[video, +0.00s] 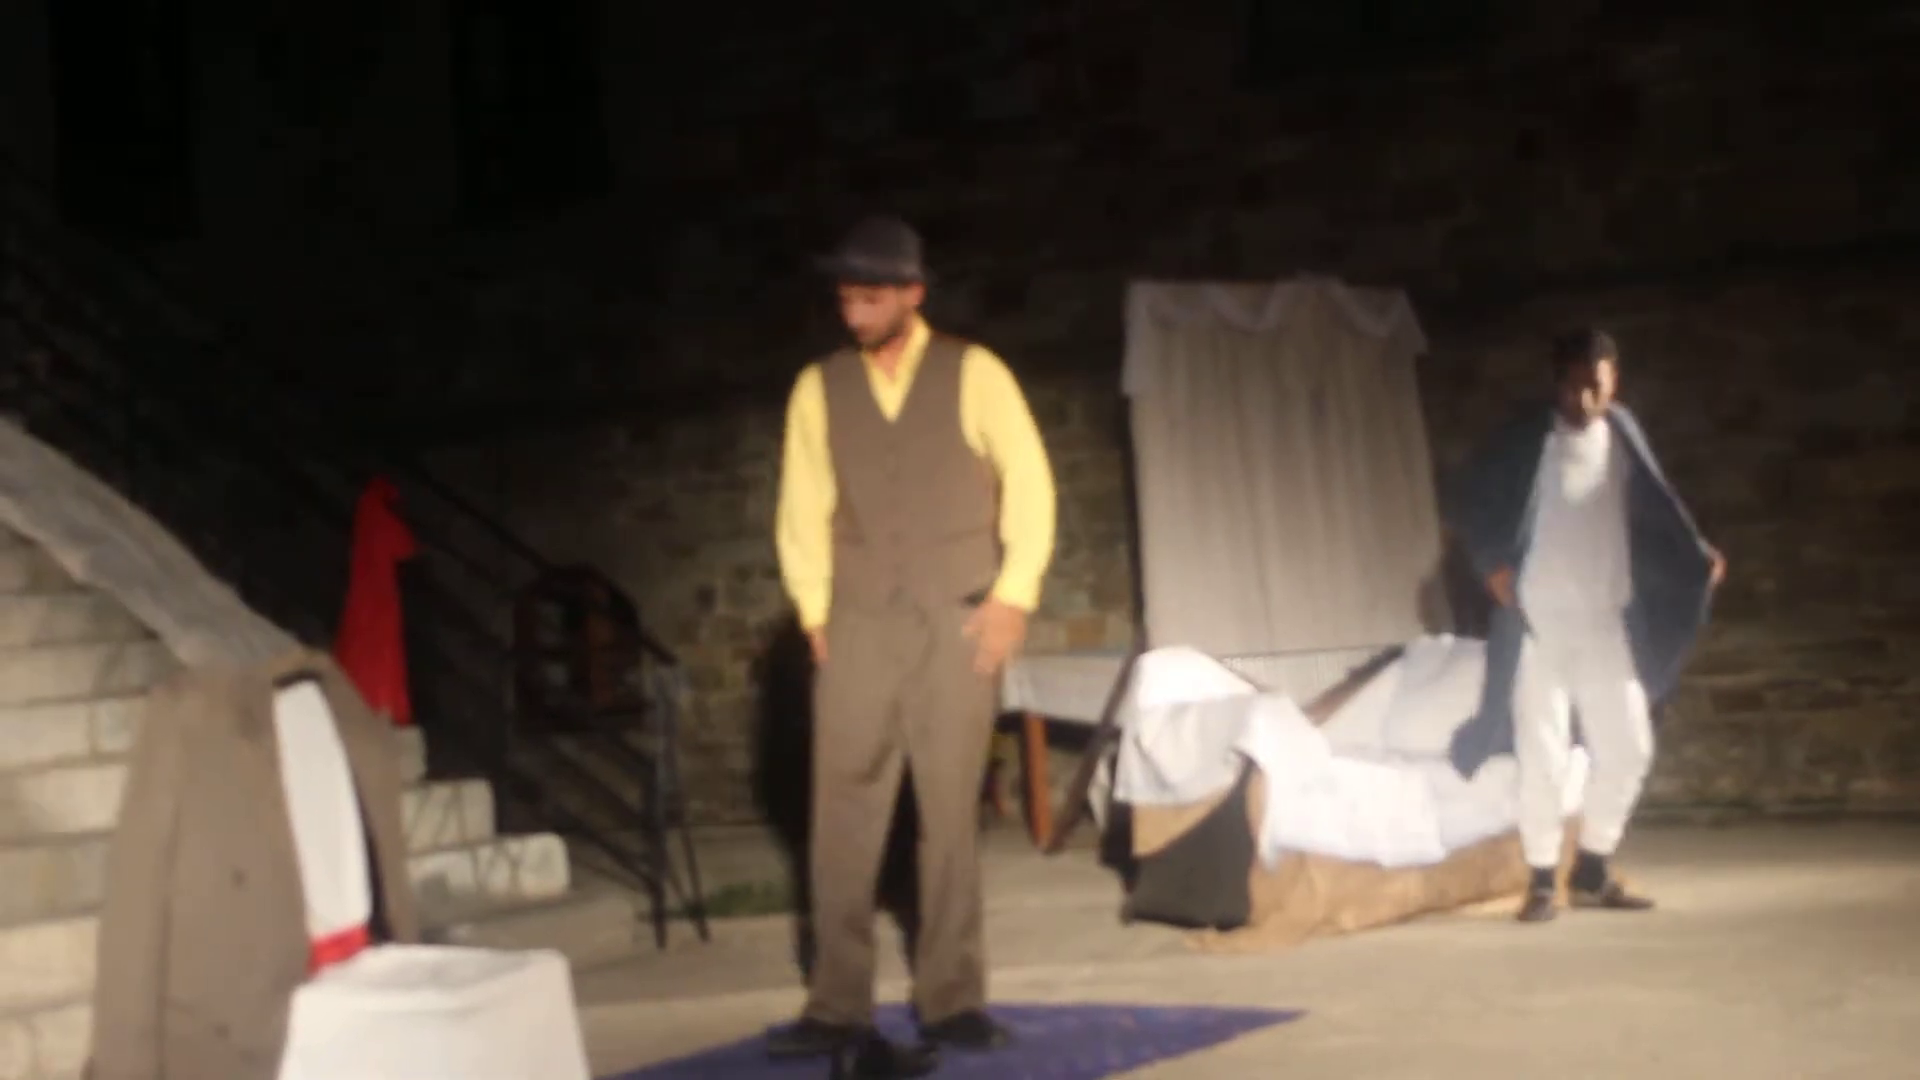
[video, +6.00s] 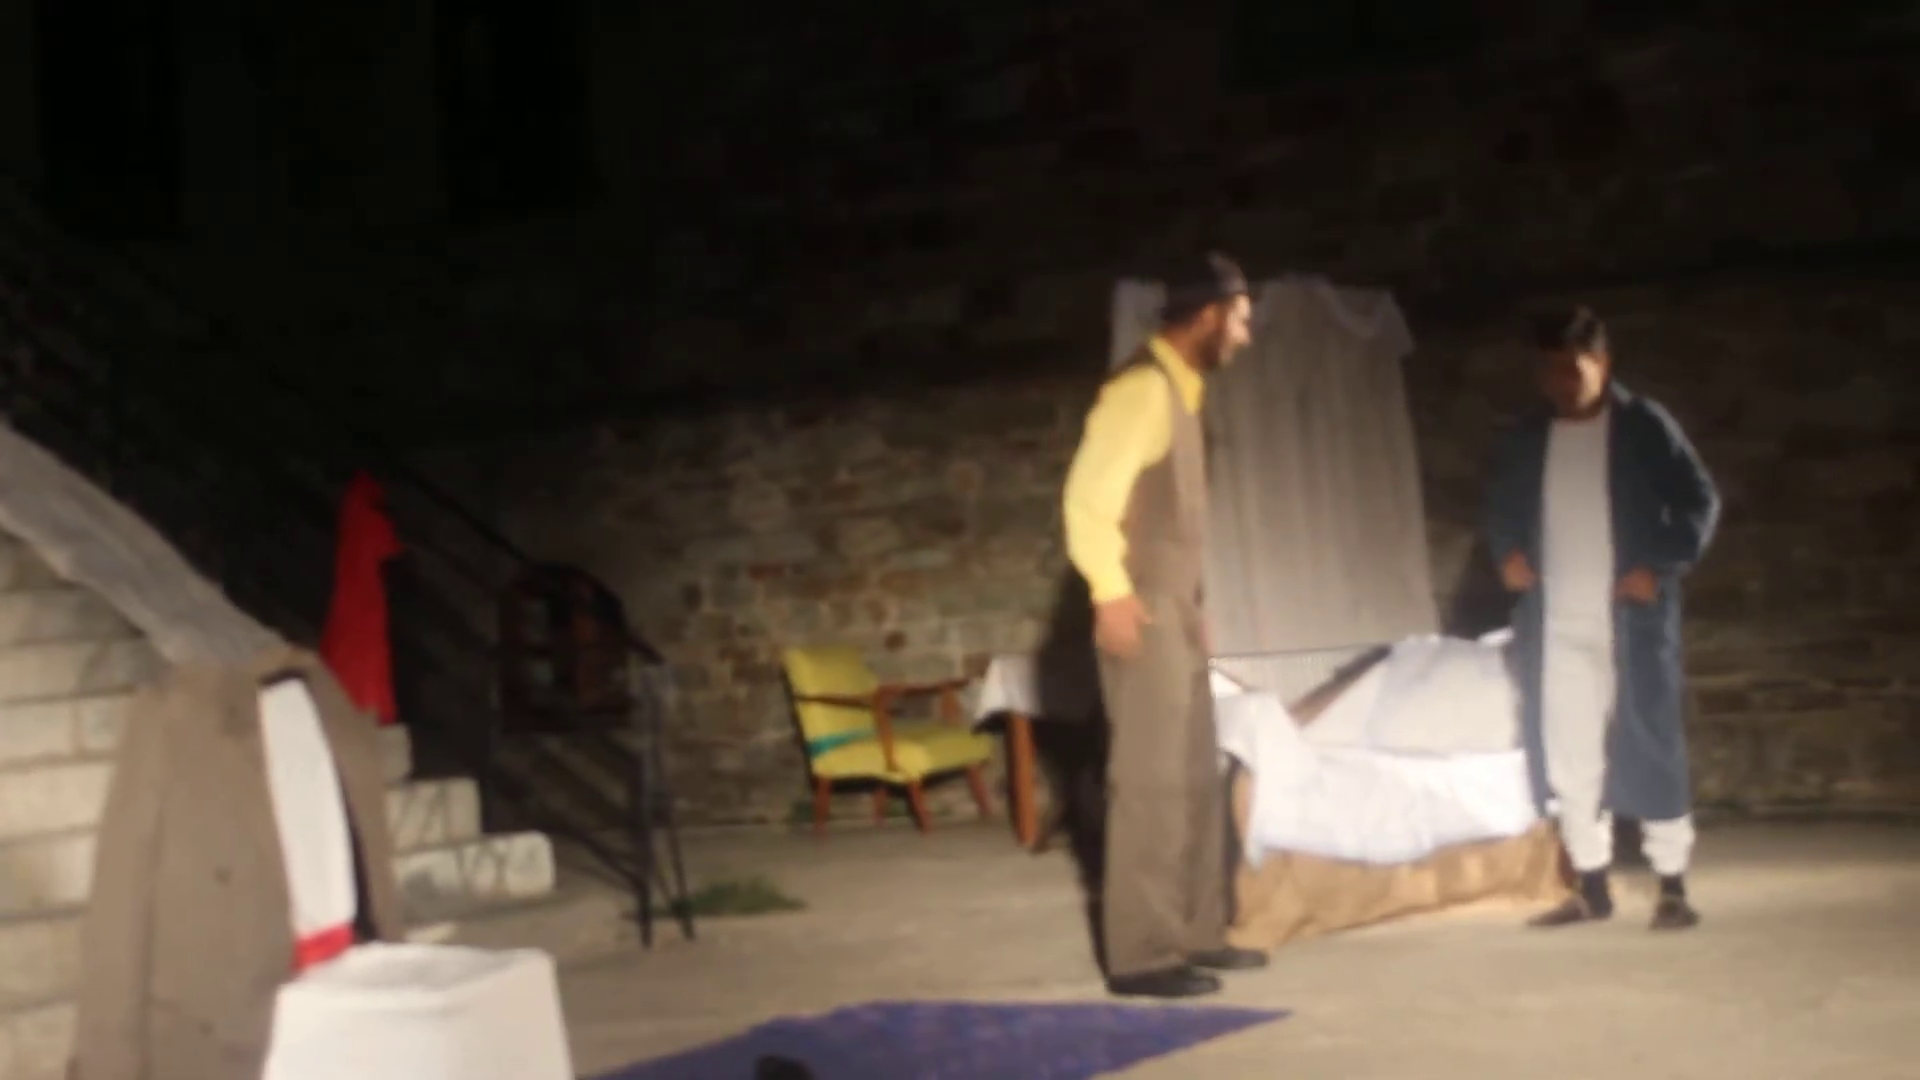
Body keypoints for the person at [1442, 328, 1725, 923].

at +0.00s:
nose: (1592, 400)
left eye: (1602, 389)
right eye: (1582, 387)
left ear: (1614, 388)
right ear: (1559, 383)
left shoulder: (1623, 432)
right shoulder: (1524, 435)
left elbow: (1655, 505)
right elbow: (1468, 500)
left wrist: (1696, 551)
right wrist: (1489, 563)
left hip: (1605, 627)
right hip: (1535, 628)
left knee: (1629, 746)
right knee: (1541, 751)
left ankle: (1591, 870)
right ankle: (1542, 878)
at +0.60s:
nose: (1581, 394)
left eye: (1591, 381)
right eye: (1571, 383)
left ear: (1619, 373)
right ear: (1559, 383)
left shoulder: (1663, 425)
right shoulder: (1550, 441)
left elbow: (1717, 497)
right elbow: (1528, 512)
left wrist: (1671, 555)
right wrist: (1523, 556)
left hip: (1656, 624)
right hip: (1579, 629)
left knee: (1676, 744)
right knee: (1596, 755)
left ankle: (1685, 878)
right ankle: (1619, 884)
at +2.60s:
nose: (1585, 374)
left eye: (1596, 362)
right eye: (1577, 363)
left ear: (1624, 361)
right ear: (1568, 367)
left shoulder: (1666, 422)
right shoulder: (1555, 433)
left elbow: (1720, 501)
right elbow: (1538, 501)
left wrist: (1665, 564)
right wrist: (1545, 547)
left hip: (1658, 622)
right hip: (1581, 625)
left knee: (1675, 742)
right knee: (1585, 745)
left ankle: (1692, 886)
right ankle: (1606, 886)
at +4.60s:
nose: (1566, 406)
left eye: (1575, 393)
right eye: (1554, 397)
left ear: (1596, 379)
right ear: (1536, 394)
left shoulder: (1636, 426)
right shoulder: (1523, 444)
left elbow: (1693, 503)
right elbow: (1504, 516)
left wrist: (1664, 579)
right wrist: (1503, 567)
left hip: (1632, 629)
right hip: (1557, 633)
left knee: (1653, 749)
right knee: (1570, 756)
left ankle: (1679, 885)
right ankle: (1597, 889)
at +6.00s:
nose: (1566, 382)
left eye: (1576, 368)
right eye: (1555, 370)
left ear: (1602, 361)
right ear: (1541, 372)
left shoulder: (1644, 425)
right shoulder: (1522, 439)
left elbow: (1697, 503)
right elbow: (1499, 506)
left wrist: (1659, 568)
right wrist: (1507, 552)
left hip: (1634, 627)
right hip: (1558, 630)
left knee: (1653, 747)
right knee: (1567, 753)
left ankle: (1672, 886)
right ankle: (1591, 889)